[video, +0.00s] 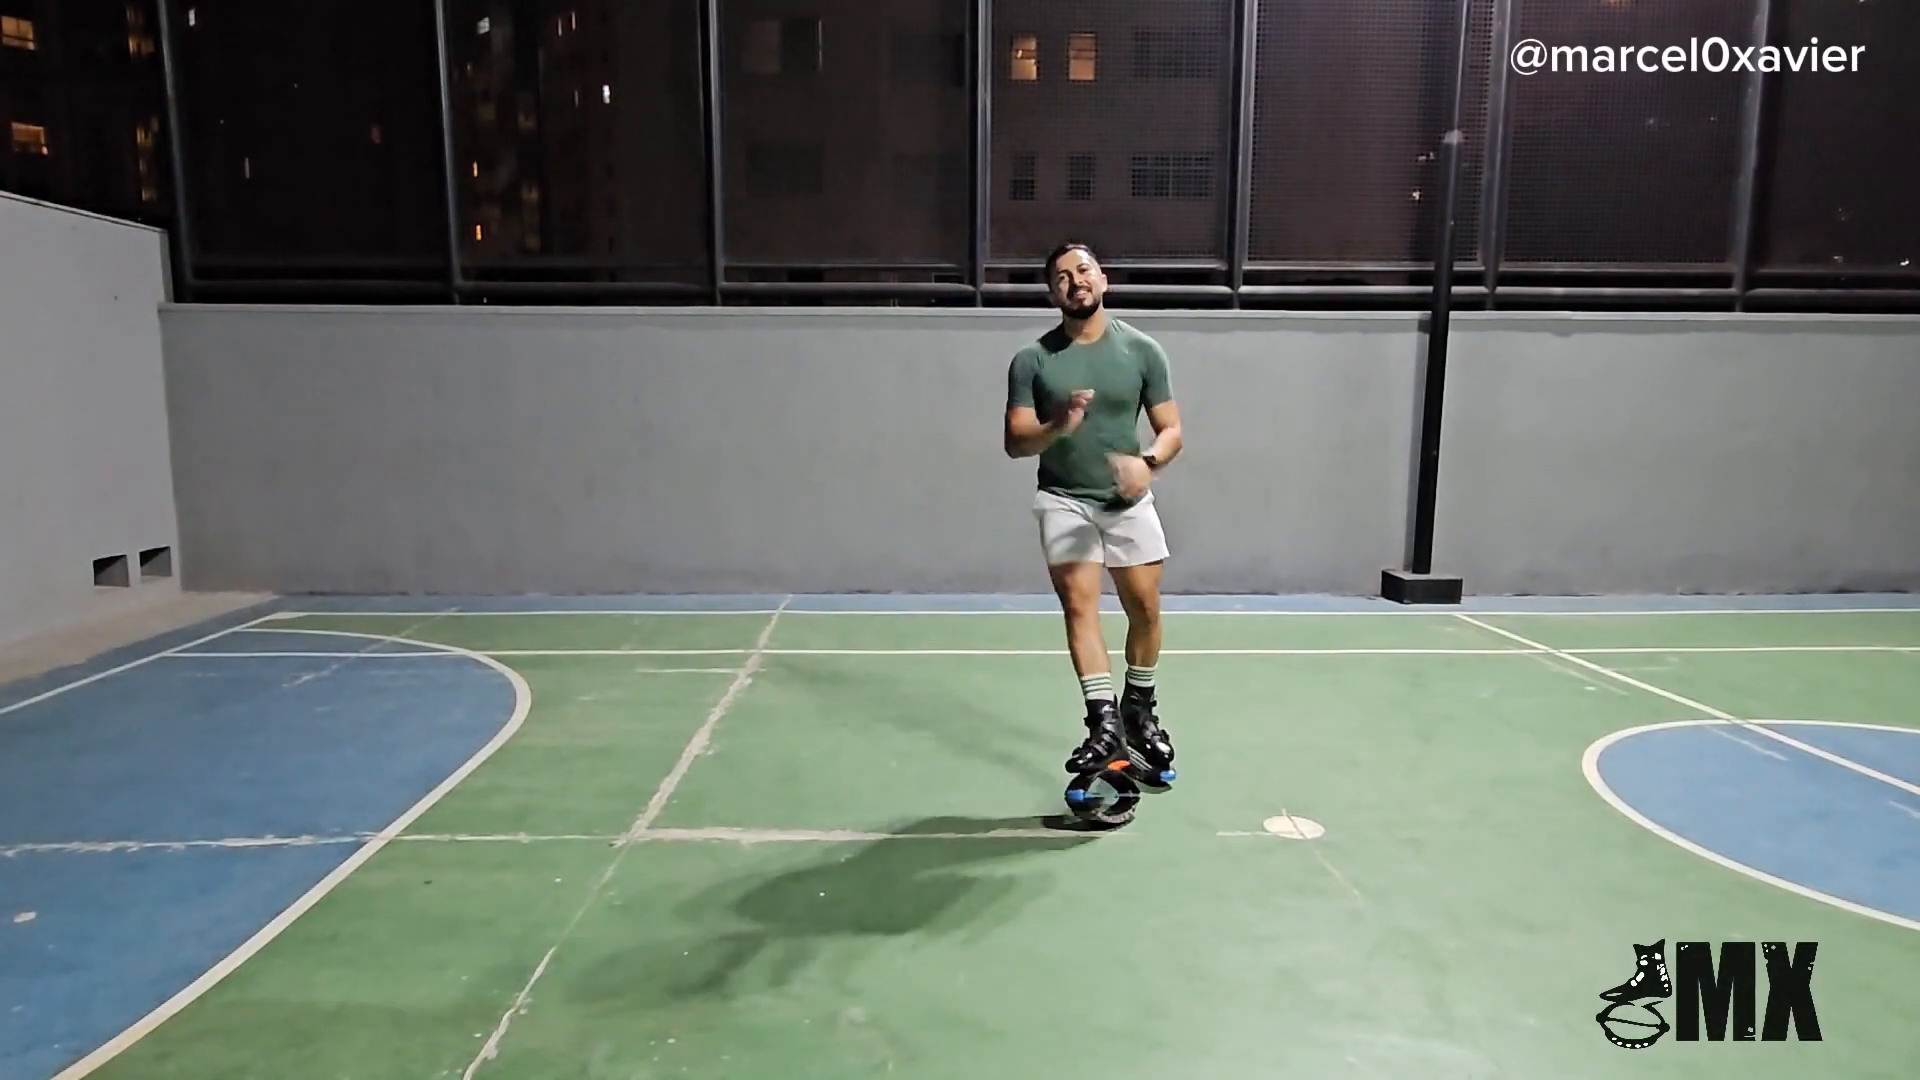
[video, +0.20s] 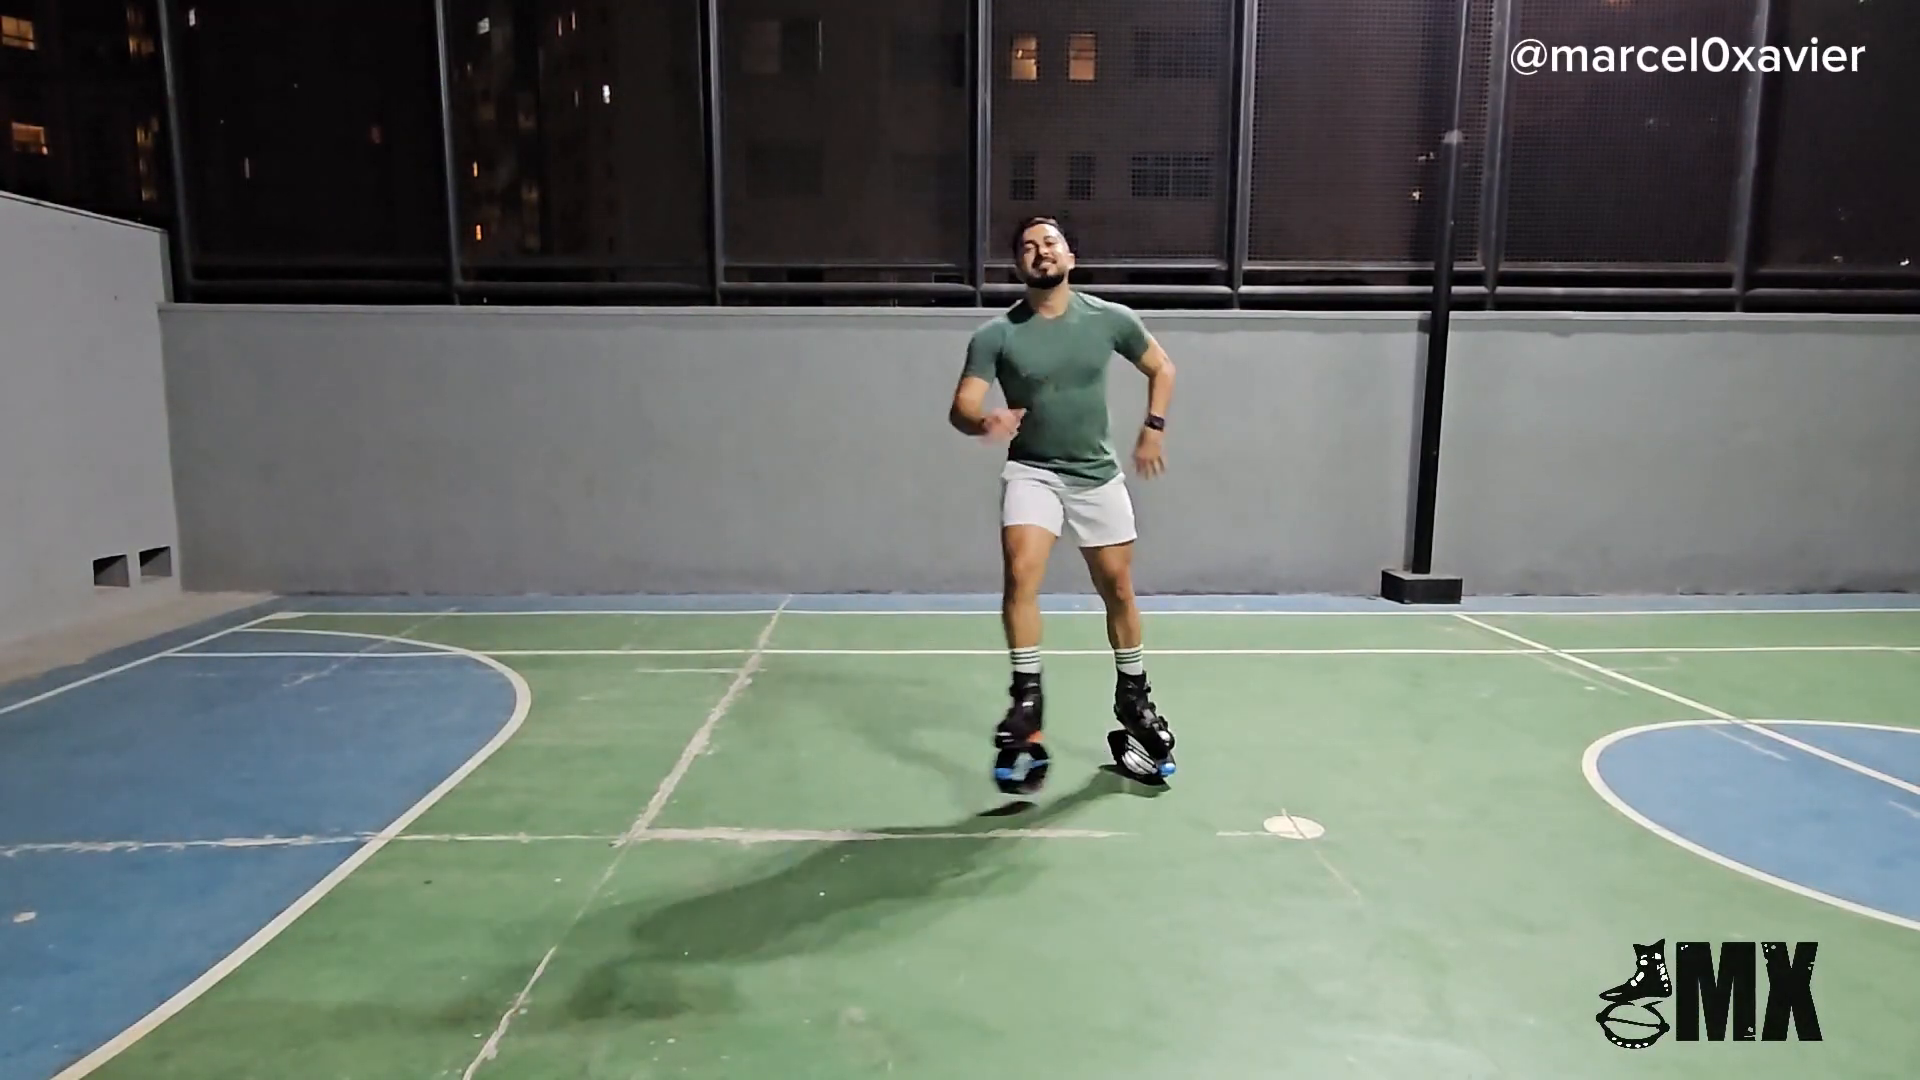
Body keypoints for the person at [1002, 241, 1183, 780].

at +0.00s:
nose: (1076, 282)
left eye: (1083, 271)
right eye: (1064, 277)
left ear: (1103, 280)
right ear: (1053, 294)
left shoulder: (1142, 351)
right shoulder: (1031, 360)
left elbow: (1171, 431)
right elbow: (1017, 441)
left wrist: (1149, 463)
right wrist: (1058, 427)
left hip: (1130, 501)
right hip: (1065, 503)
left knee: (1146, 609)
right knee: (1078, 606)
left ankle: (1140, 713)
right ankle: (1103, 728)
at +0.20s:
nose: (1042, 251)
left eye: (1051, 242)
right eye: (1031, 247)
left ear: (1072, 259)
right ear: (1018, 270)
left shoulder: (1109, 319)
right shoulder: (996, 336)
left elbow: (1162, 368)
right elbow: (962, 408)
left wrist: (1153, 429)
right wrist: (984, 422)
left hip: (1097, 475)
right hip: (1031, 473)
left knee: (1118, 588)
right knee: (1020, 578)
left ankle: (1134, 700)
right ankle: (1027, 701)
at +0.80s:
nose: (911, 273)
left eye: (922, 263)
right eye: (902, 264)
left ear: (943, 272)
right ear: (890, 274)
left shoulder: (969, 338)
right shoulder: (858, 341)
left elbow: (981, 401)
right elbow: (828, 418)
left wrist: (933, 427)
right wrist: (822, 489)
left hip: (941, 487)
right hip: (881, 487)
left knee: (938, 603)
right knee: (903, 599)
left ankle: (880, 691)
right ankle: (939, 726)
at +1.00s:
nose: (866, 265)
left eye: (879, 257)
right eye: (858, 256)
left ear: (899, 272)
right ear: (845, 267)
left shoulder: (921, 341)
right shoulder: (814, 336)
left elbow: (944, 426)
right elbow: (786, 410)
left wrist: (951, 504)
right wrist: (769, 474)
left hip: (893, 486)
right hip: (827, 477)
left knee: (895, 596)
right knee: (808, 571)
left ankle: (875, 693)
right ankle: (833, 693)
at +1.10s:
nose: (843, 255)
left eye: (855, 247)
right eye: (834, 245)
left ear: (873, 262)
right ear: (820, 257)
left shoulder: (897, 329)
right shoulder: (787, 325)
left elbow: (935, 408)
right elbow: (751, 393)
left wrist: (966, 478)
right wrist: (722, 462)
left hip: (872, 477)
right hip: (805, 470)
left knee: (879, 589)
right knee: (769, 570)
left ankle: (869, 695)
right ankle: (773, 694)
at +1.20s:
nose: (824, 262)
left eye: (835, 253)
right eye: (814, 251)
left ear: (847, 264)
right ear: (797, 260)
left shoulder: (870, 330)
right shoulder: (761, 329)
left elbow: (921, 394)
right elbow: (712, 389)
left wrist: (973, 449)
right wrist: (662, 447)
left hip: (848, 481)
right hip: (779, 477)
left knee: (866, 589)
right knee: (744, 583)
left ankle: (865, 693)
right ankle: (720, 695)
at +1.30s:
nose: (815, 280)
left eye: (821, 271)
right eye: (803, 269)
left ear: (827, 280)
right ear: (773, 276)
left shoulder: (842, 345)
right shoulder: (732, 343)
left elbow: (903, 396)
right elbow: (668, 397)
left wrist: (967, 435)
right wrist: (600, 427)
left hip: (818, 494)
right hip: (747, 494)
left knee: (852, 598)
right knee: (720, 599)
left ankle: (862, 697)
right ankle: (697, 715)